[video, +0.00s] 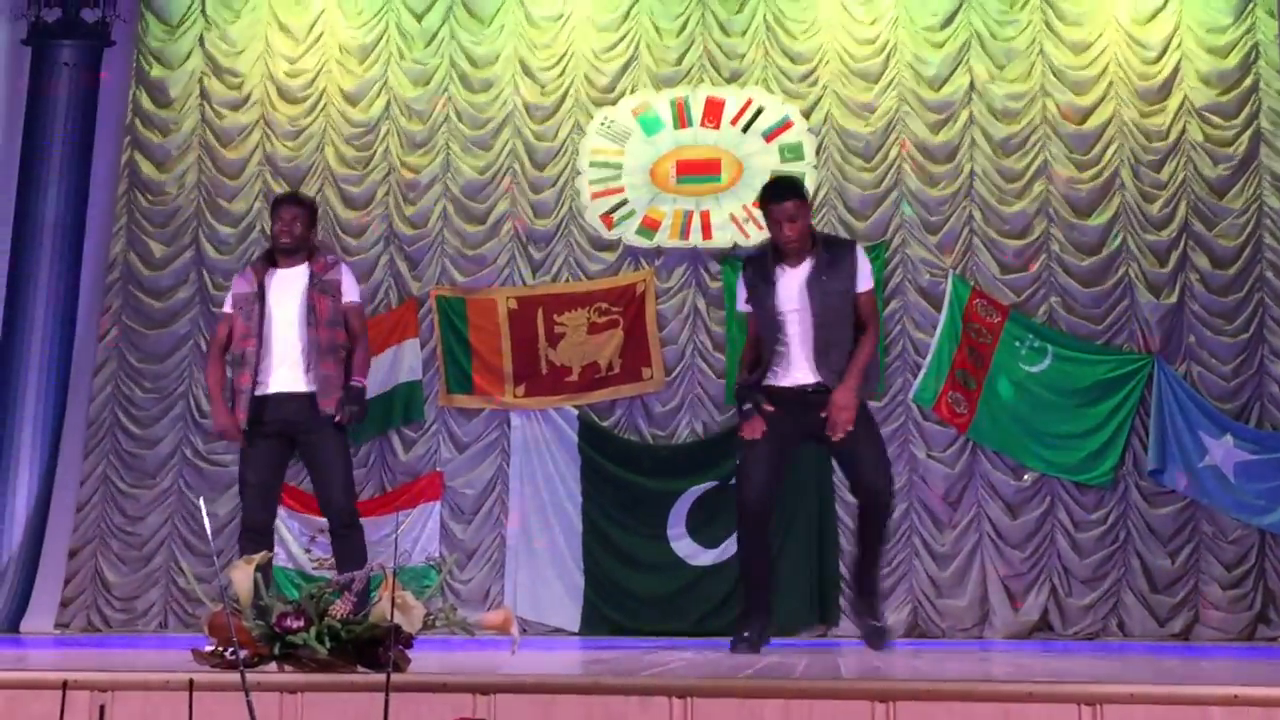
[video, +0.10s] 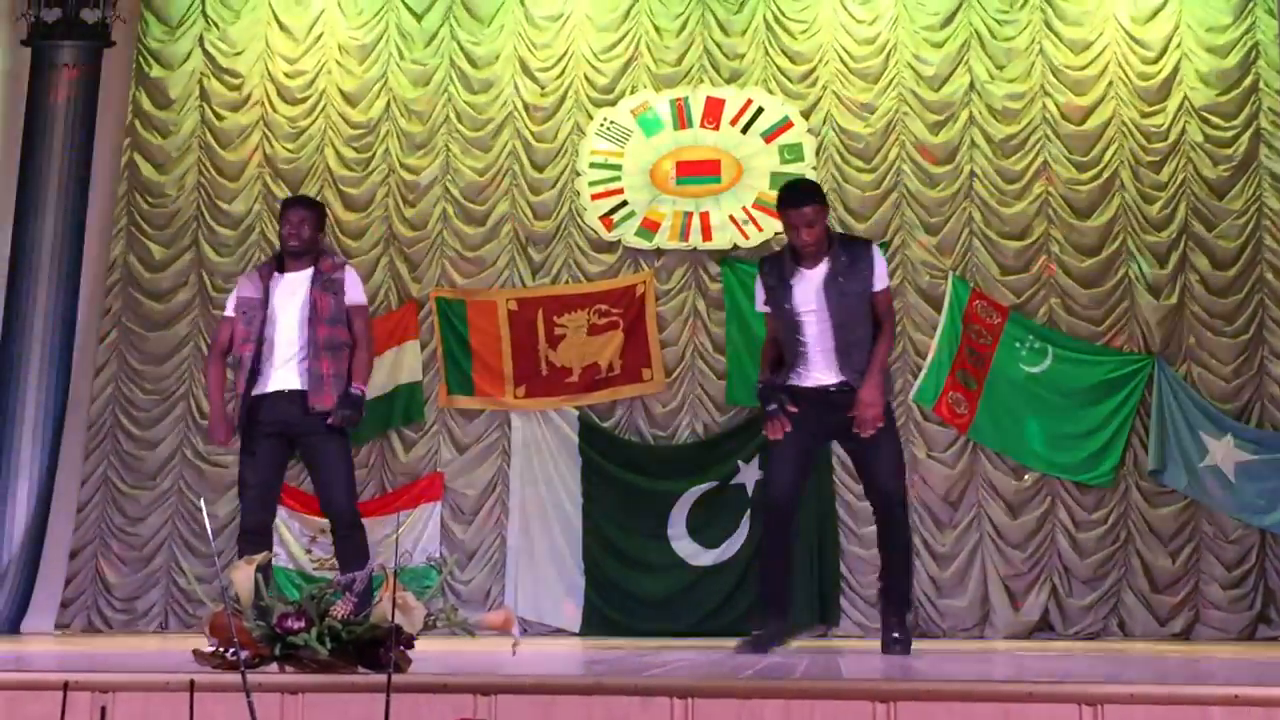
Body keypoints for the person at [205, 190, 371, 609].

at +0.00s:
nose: (287, 229)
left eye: (297, 222)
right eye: (280, 222)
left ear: (312, 229)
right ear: (271, 228)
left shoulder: (335, 273)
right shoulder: (247, 280)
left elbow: (359, 337)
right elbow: (216, 351)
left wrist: (356, 387)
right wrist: (220, 410)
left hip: (319, 411)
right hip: (263, 413)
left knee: (341, 512)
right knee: (255, 518)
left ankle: (357, 611)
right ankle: (253, 617)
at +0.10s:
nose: (295, 231)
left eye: (304, 224)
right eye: (288, 224)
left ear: (320, 231)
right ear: (278, 230)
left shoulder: (341, 276)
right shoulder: (252, 282)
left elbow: (362, 340)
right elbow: (218, 351)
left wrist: (356, 392)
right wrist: (217, 412)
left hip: (320, 408)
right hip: (262, 412)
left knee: (343, 513)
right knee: (254, 518)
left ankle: (359, 613)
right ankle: (253, 618)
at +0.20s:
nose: (314, 224)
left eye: (322, 217)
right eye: (307, 216)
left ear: (336, 222)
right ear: (296, 220)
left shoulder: (358, 270)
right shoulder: (270, 268)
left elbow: (385, 336)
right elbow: (245, 336)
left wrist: (377, 384)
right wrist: (233, 397)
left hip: (336, 405)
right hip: (279, 405)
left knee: (356, 507)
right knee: (264, 508)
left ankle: (368, 603)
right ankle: (262, 607)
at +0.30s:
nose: (348, 207)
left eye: (356, 201)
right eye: (342, 200)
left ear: (371, 207)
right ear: (331, 205)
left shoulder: (390, 249)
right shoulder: (305, 253)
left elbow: (404, 310)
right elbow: (262, 320)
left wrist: (392, 364)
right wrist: (254, 381)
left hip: (360, 384)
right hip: (304, 385)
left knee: (376, 491)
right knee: (282, 489)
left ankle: (383, 590)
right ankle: (276, 591)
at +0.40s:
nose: (362, 199)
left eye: (371, 193)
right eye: (356, 192)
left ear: (386, 200)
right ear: (346, 197)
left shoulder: (407, 246)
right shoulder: (320, 242)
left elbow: (421, 309)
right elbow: (289, 308)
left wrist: (425, 362)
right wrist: (266, 365)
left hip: (378, 378)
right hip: (319, 374)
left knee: (388, 478)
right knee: (293, 472)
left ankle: (395, 576)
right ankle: (294, 577)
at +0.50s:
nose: (355, 177)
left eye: (364, 171)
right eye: (348, 169)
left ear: (378, 176)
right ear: (337, 174)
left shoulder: (398, 224)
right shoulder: (309, 221)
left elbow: (416, 287)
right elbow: (267, 277)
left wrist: (428, 340)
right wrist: (255, 333)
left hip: (371, 350)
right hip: (313, 349)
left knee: (380, 451)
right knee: (290, 447)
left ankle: (386, 551)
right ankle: (302, 547)